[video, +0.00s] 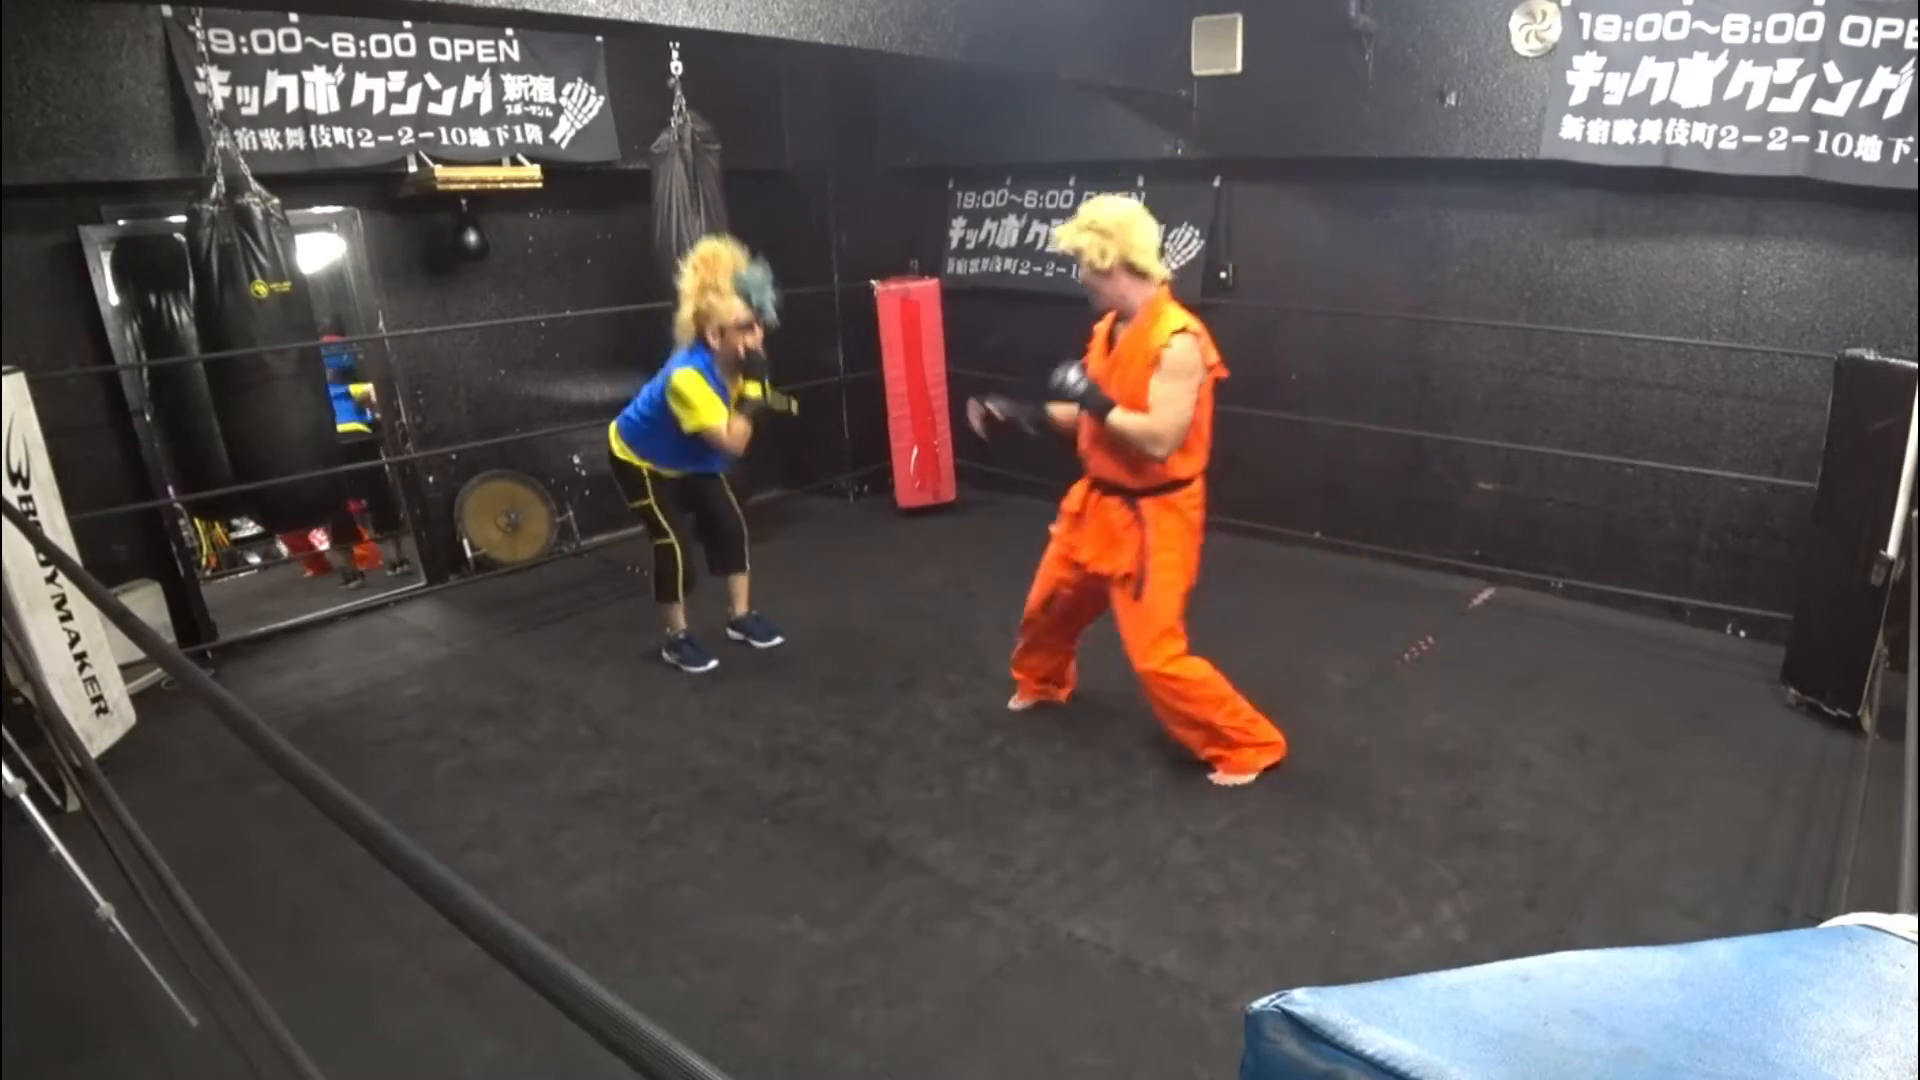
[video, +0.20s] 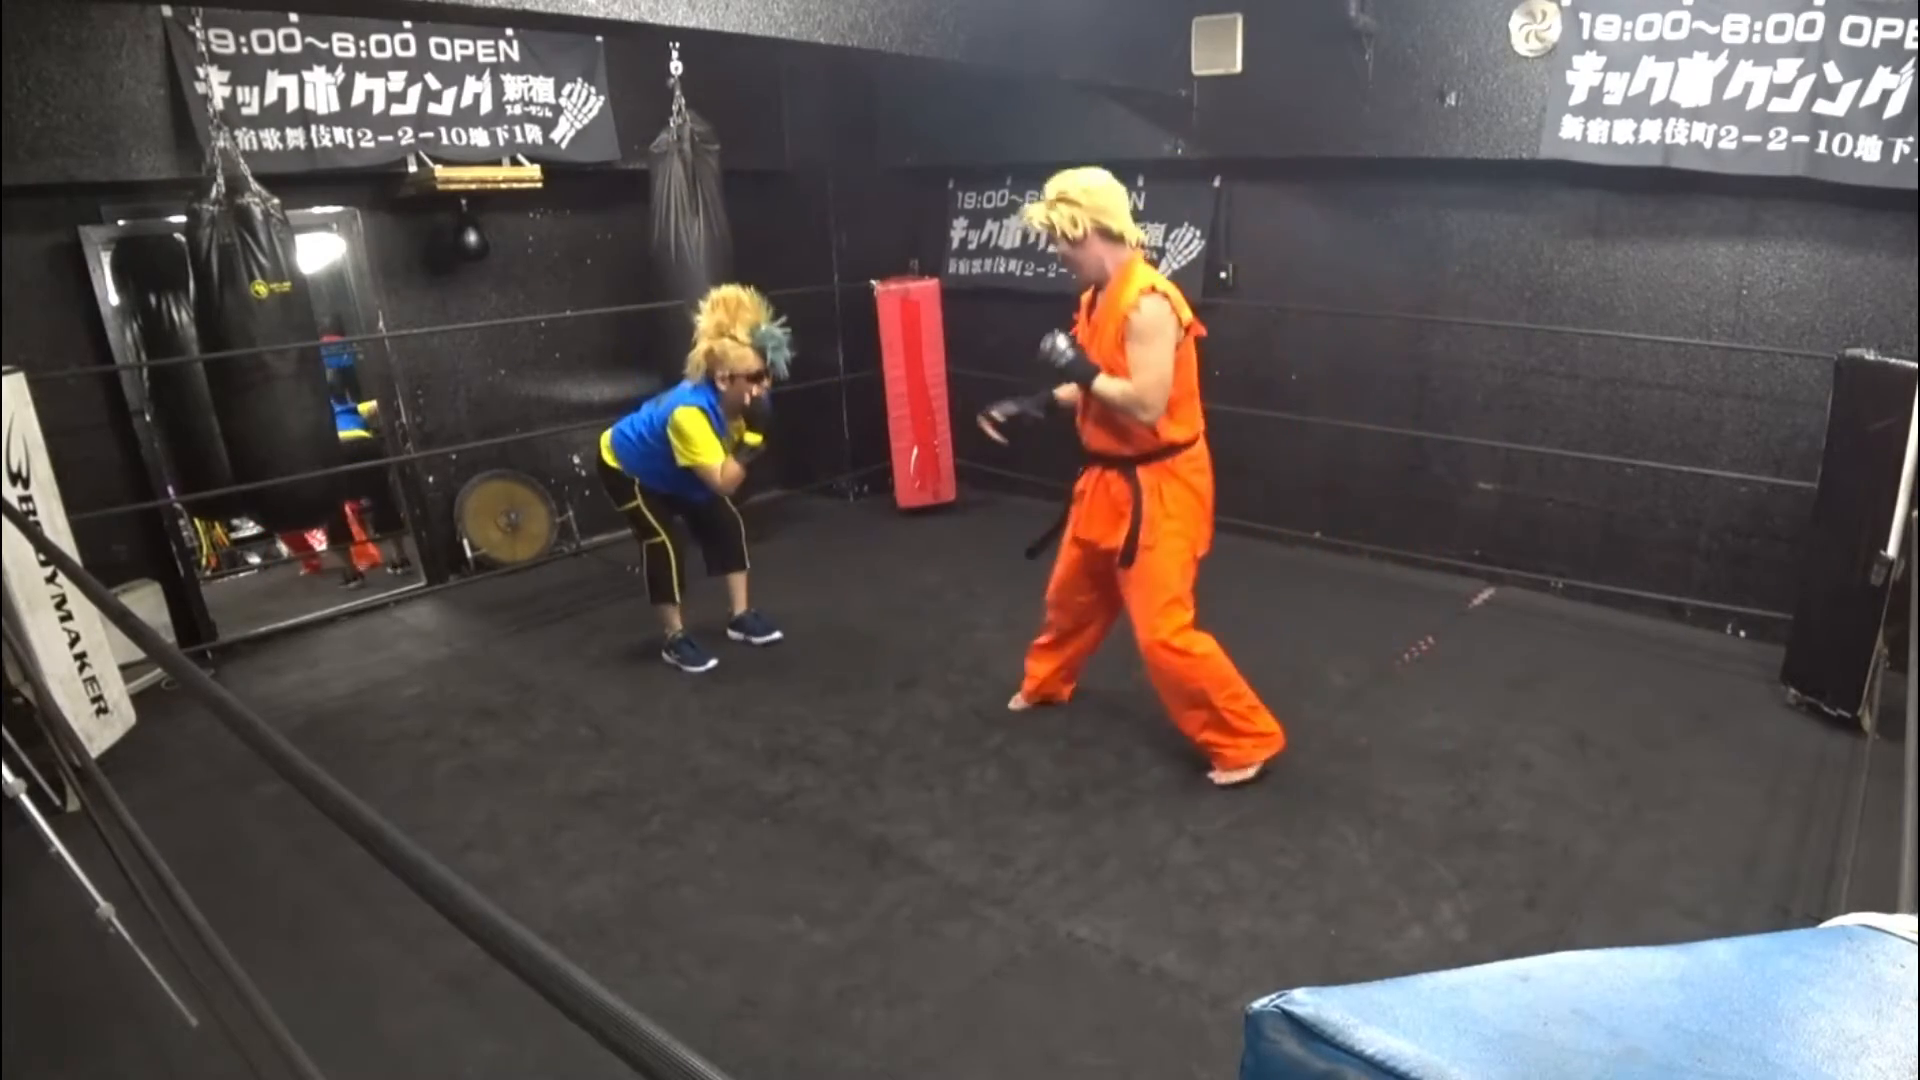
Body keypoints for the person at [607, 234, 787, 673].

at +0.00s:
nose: (756, 338)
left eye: (757, 327)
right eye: (745, 330)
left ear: (760, 327)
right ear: (714, 336)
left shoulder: (739, 365)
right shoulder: (686, 377)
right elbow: (734, 442)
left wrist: (761, 402)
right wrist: (751, 398)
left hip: (694, 455)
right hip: (640, 455)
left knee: (731, 525)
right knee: (670, 541)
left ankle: (740, 616)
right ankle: (676, 635)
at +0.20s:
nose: (760, 387)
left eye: (763, 377)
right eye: (752, 379)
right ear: (722, 380)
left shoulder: (733, 405)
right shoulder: (687, 414)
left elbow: (731, 455)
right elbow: (723, 483)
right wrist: (749, 442)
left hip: (672, 461)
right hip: (623, 463)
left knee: (726, 522)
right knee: (661, 540)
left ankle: (741, 615)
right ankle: (674, 636)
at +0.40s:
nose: (758, 387)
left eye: (759, 377)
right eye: (749, 379)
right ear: (718, 380)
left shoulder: (727, 408)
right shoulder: (684, 416)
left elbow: (728, 456)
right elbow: (717, 484)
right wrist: (745, 445)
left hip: (668, 466)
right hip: (618, 468)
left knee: (725, 524)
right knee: (661, 542)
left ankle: (739, 613)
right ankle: (673, 636)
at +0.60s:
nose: (752, 374)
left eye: (754, 364)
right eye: (742, 365)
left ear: (716, 368)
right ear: (710, 368)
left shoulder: (723, 395)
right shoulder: (676, 404)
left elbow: (725, 436)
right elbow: (698, 475)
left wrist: (741, 414)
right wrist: (728, 450)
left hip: (669, 464)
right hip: (620, 469)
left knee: (728, 526)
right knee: (666, 545)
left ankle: (739, 614)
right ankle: (673, 637)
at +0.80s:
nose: (706, 305)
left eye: (709, 293)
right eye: (693, 296)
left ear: (716, 291)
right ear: (666, 299)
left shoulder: (724, 335)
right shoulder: (630, 347)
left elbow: (746, 382)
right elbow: (605, 405)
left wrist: (744, 431)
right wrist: (619, 455)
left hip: (710, 466)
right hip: (658, 474)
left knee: (753, 537)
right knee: (692, 555)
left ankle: (743, 614)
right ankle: (683, 635)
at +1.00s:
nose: (669, 250)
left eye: (672, 239)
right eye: (656, 242)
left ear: (680, 239)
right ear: (630, 246)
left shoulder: (701, 290)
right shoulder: (607, 293)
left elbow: (729, 346)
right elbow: (612, 348)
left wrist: (738, 374)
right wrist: (647, 353)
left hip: (711, 428)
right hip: (651, 436)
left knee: (743, 523)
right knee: (646, 534)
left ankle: (772, 610)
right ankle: (663, 627)